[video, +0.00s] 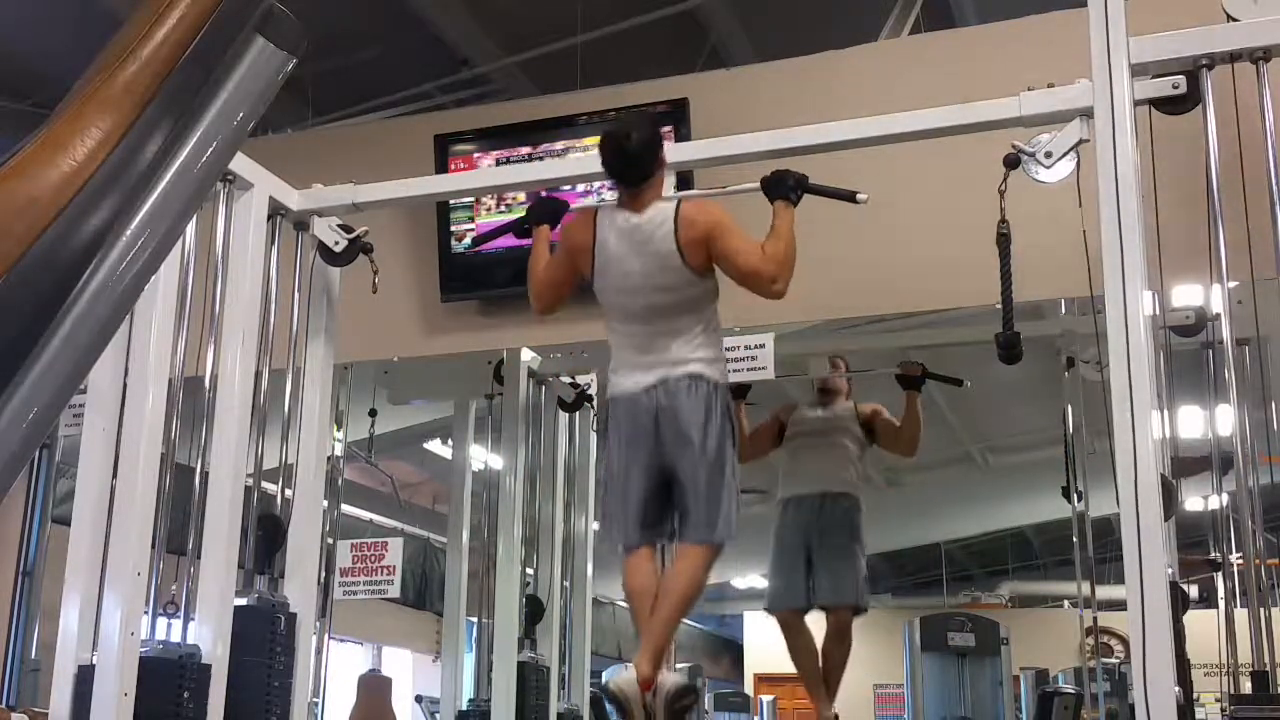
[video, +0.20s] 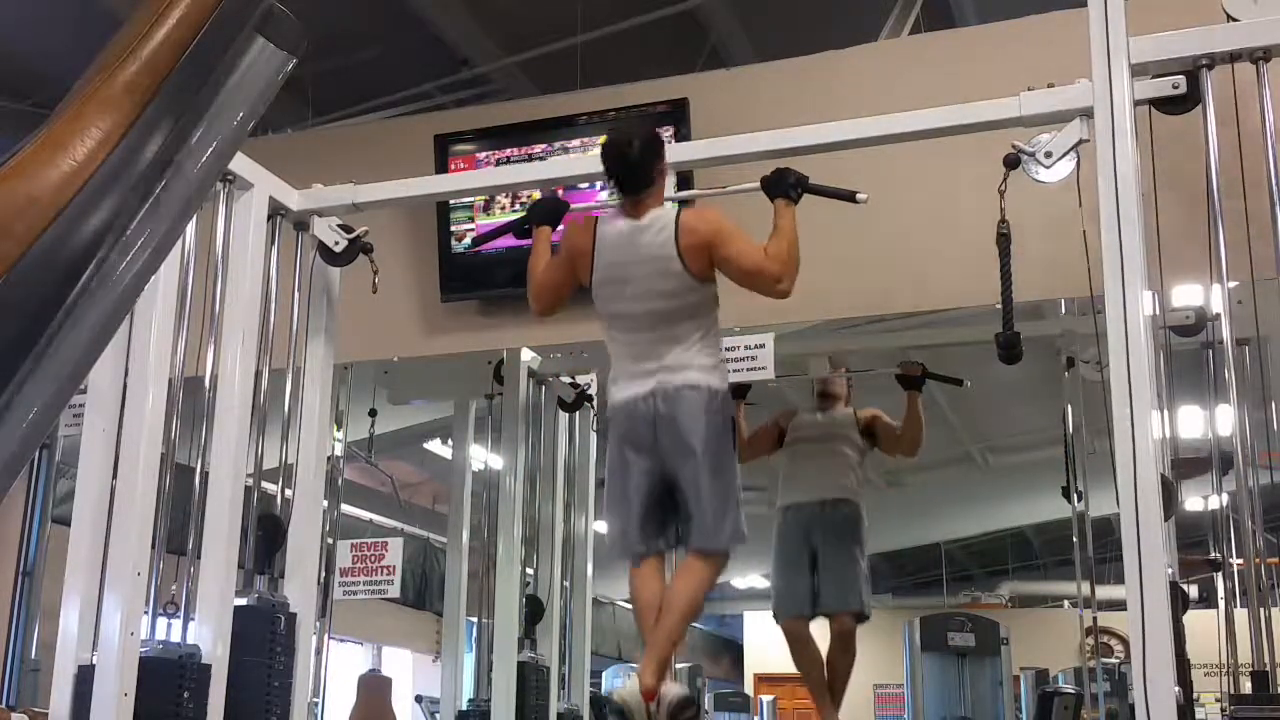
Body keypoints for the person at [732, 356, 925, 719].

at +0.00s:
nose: (830, 368)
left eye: (838, 366)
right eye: (824, 366)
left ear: (849, 382)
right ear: (813, 380)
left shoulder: (865, 413)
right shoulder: (791, 413)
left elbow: (906, 445)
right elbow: (744, 451)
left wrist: (912, 393)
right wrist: (737, 401)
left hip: (841, 509)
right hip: (793, 510)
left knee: (841, 612)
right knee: (785, 610)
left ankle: (825, 708)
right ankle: (822, 707)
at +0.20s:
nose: (827, 376)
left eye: (836, 373)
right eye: (821, 373)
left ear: (849, 388)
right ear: (812, 388)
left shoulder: (864, 418)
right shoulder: (791, 419)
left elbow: (907, 445)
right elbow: (742, 451)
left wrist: (913, 393)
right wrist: (735, 402)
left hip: (841, 515)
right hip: (793, 518)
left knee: (844, 623)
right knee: (791, 620)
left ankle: (830, 712)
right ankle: (826, 711)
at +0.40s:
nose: (830, 430)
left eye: (838, 427)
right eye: (824, 426)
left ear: (851, 439)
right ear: (816, 439)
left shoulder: (863, 466)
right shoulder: (795, 466)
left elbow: (909, 446)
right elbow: (740, 455)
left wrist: (912, 393)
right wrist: (735, 403)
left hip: (841, 572)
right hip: (791, 573)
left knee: (846, 681)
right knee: (784, 676)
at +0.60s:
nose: (826, 465)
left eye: (835, 463)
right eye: (820, 463)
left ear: (848, 476)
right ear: (812, 475)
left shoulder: (860, 498)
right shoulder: (787, 497)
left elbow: (899, 455)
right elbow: (746, 457)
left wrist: (910, 396)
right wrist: (737, 402)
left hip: (837, 609)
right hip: (787, 609)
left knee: (841, 704)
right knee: (780, 704)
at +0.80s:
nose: (827, 455)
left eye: (836, 453)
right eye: (821, 452)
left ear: (849, 467)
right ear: (812, 466)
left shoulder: (859, 491)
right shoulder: (788, 490)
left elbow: (899, 453)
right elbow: (742, 455)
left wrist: (910, 396)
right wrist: (737, 402)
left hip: (837, 602)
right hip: (787, 601)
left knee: (838, 705)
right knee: (781, 704)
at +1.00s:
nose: (828, 418)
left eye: (836, 414)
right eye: (822, 415)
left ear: (850, 426)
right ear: (813, 427)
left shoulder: (861, 454)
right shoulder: (793, 456)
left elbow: (906, 445)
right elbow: (741, 453)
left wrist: (912, 393)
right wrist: (735, 401)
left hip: (842, 556)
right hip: (792, 556)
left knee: (840, 663)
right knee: (781, 660)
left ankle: (829, 717)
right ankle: (806, 715)